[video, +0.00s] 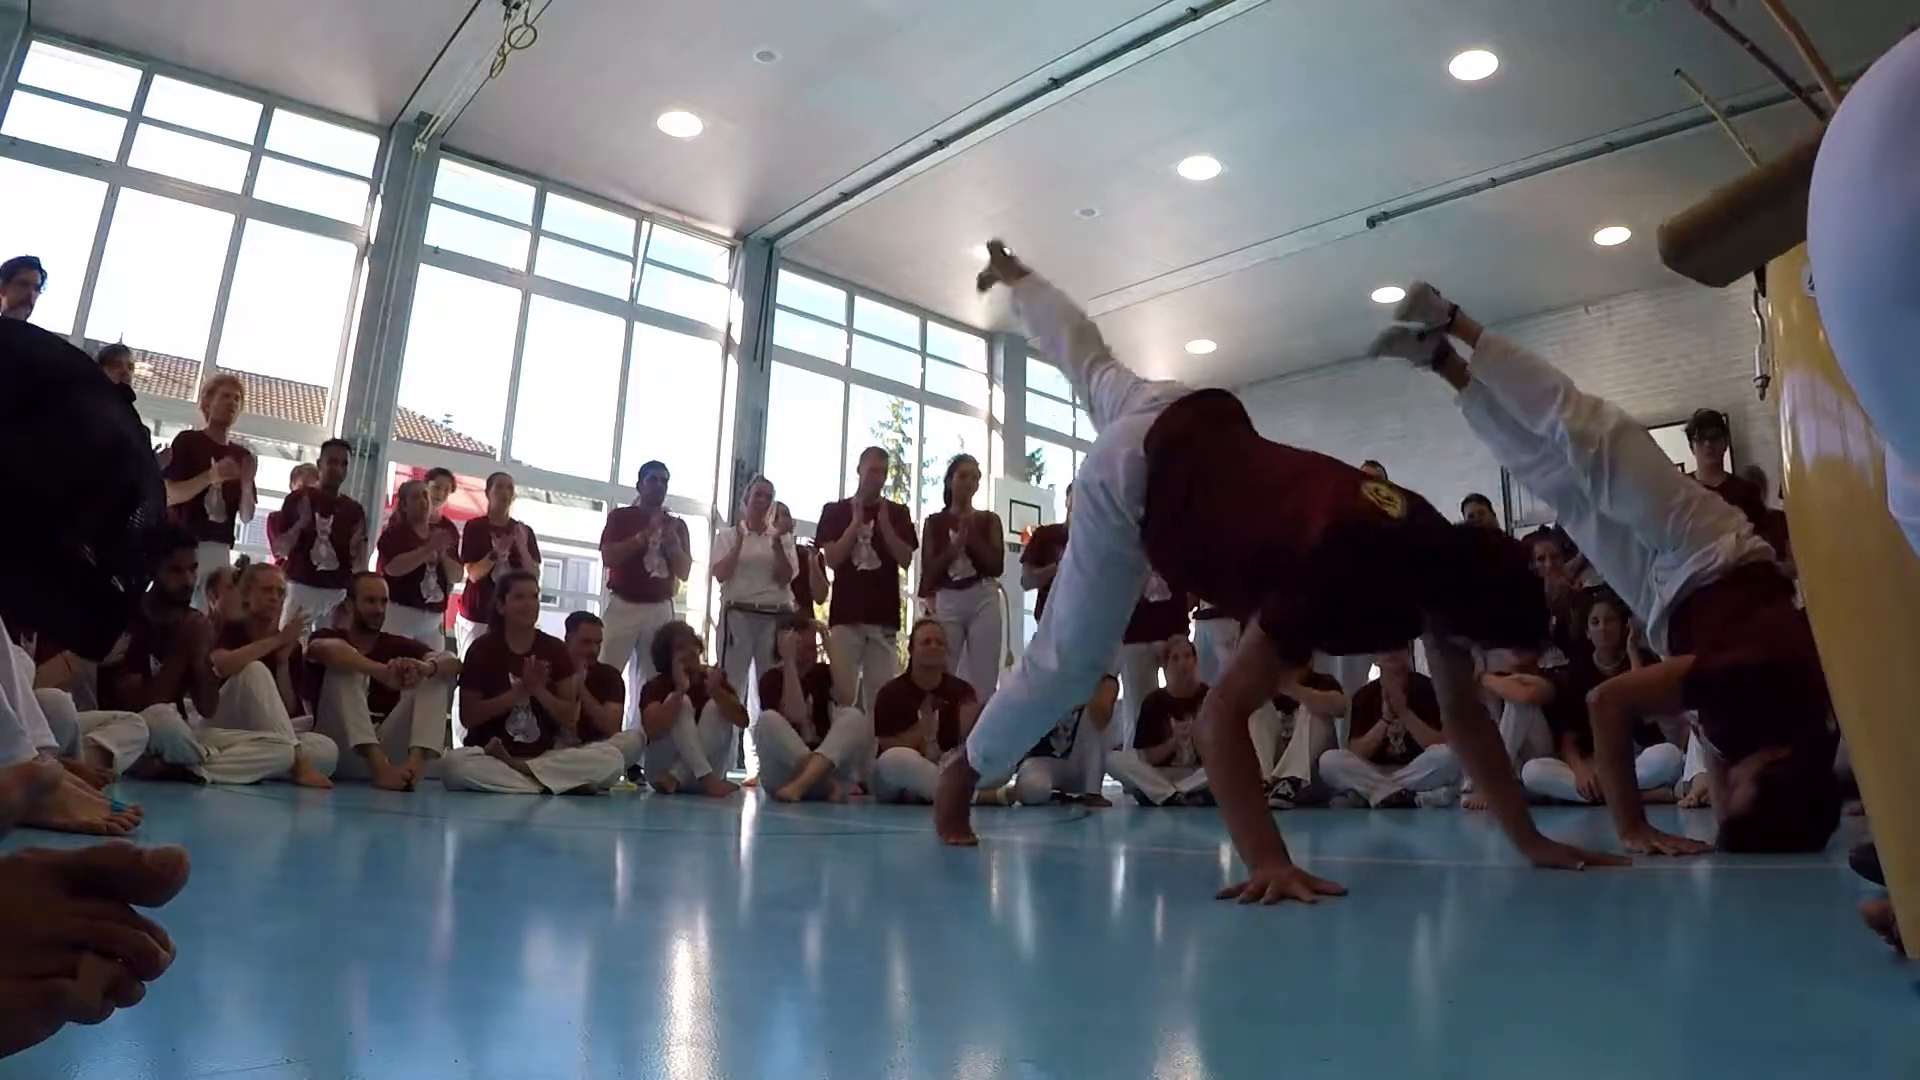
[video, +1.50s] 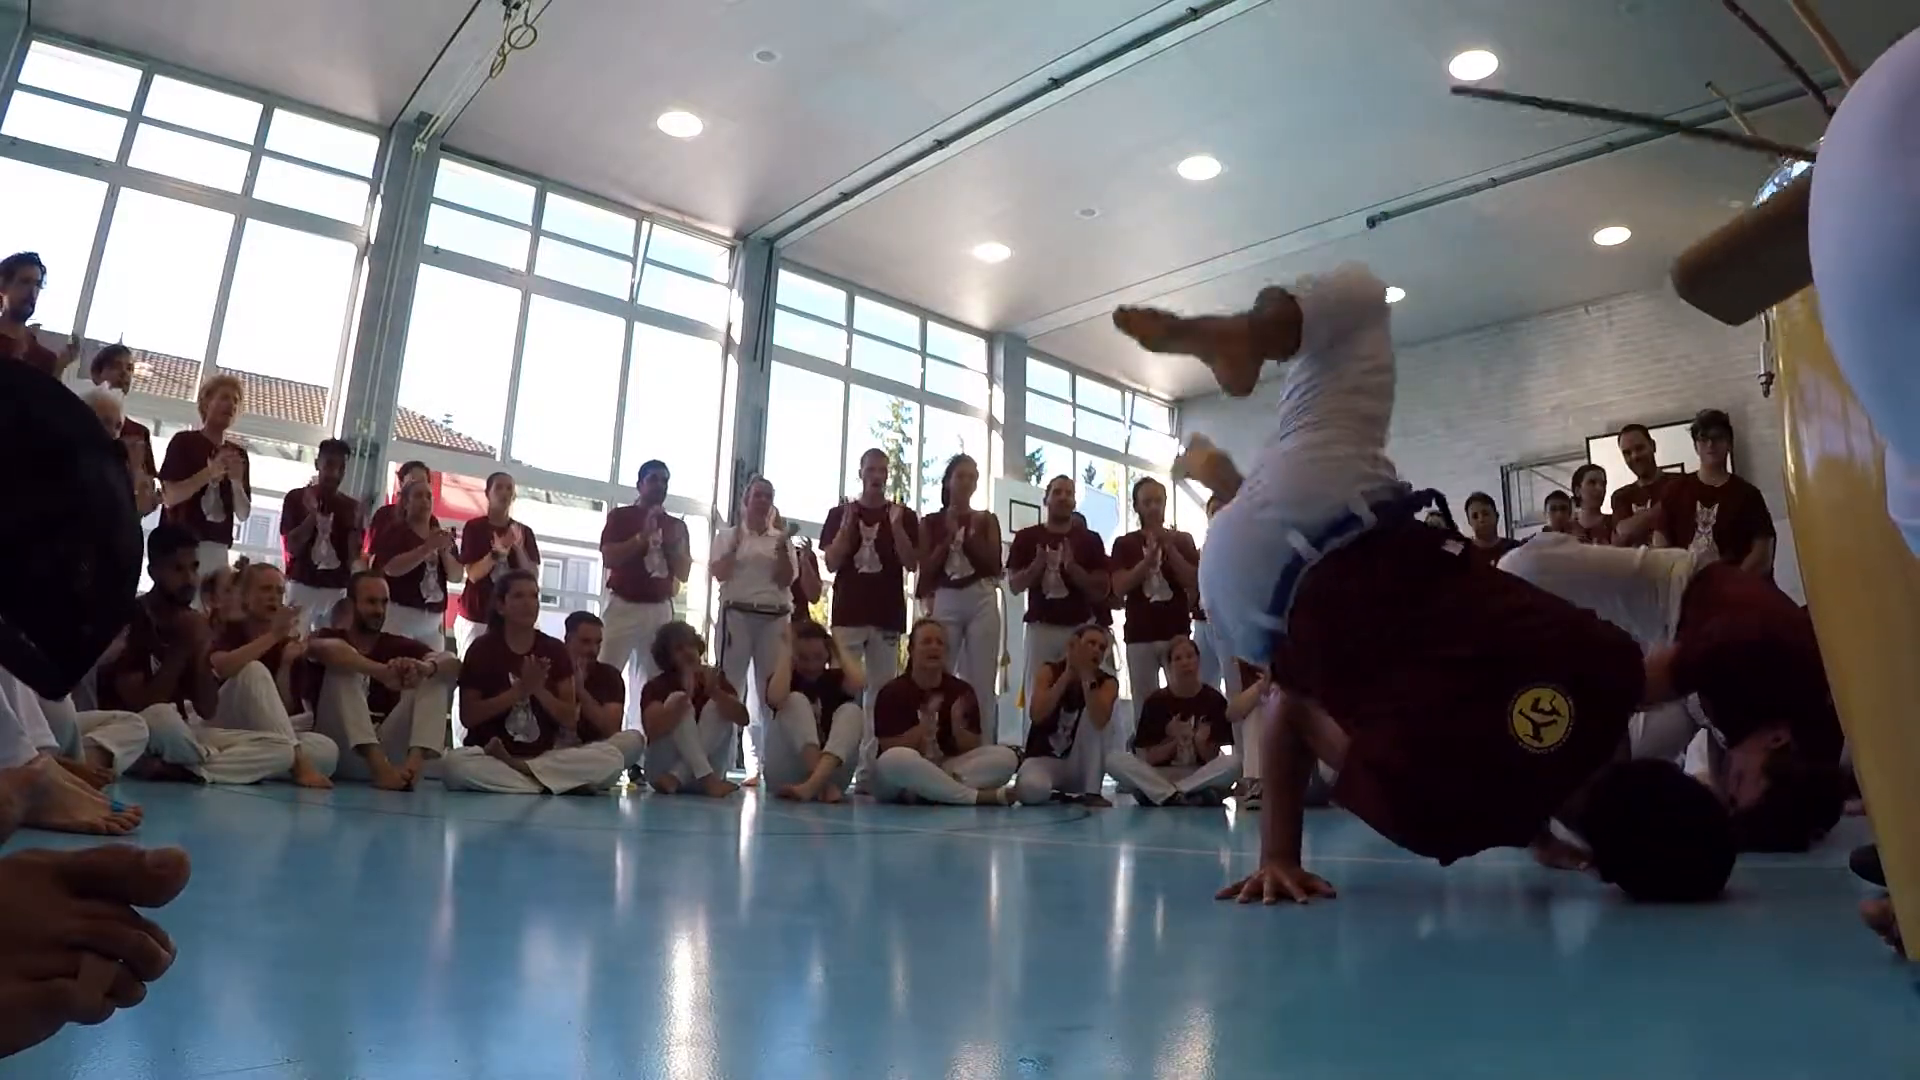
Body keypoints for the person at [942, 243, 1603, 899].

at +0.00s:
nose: (1484, 654)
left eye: (1499, 646)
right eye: (1487, 643)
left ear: (1478, 569)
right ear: (1463, 620)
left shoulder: (1443, 559)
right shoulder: (1340, 580)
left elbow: (1467, 714)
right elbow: (1220, 719)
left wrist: (1530, 841)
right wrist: (1267, 861)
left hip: (1196, 424)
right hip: (1134, 468)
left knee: (1089, 360)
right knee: (1067, 662)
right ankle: (964, 771)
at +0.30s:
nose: (1617, 799)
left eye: (1632, 790)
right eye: (1622, 790)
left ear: (1609, 676)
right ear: (1581, 758)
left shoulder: (1541, 627)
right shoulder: (1435, 737)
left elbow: (1498, 723)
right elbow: (1259, 709)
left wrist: (1528, 839)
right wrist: (1273, 863)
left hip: (1316, 466)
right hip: (1229, 517)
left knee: (1293, 280)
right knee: (1158, 707)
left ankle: (1266, 69)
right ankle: (1033, 669)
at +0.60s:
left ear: (1654, 775)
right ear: (1600, 848)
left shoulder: (1596, 688)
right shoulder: (1426, 800)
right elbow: (1279, 702)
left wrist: (1528, 824)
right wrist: (1273, 857)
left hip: (1388, 482)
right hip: (1279, 544)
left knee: (1325, 258)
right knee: (1208, 471)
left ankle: (1240, 44)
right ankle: (1132, 332)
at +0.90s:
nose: (1549, 878)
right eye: (1568, 877)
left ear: (1647, 797)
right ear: (1559, 854)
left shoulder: (1611, 690)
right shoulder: (1420, 794)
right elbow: (1279, 702)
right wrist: (1276, 858)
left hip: (1446, 486)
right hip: (1321, 524)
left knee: (1372, 258)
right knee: (1296, 307)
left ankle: (1323, 114)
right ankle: (1264, 144)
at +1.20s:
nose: (1557, 878)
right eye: (1578, 877)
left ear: (1657, 792)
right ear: (1571, 854)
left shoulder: (1613, 688)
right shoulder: (1425, 802)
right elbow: (1282, 697)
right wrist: (1277, 858)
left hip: (1439, 479)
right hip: (1312, 520)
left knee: (1391, 301)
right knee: (1309, 345)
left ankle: (1313, 122)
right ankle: (1273, 158)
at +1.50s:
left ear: (1662, 770)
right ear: (1601, 857)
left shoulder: (1613, 671)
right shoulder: (1440, 820)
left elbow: (1481, 594)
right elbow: (1284, 705)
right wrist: (1276, 857)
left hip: (1343, 500)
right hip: (1245, 592)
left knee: (1358, 294)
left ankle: (1238, 343)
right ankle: (1221, 481)